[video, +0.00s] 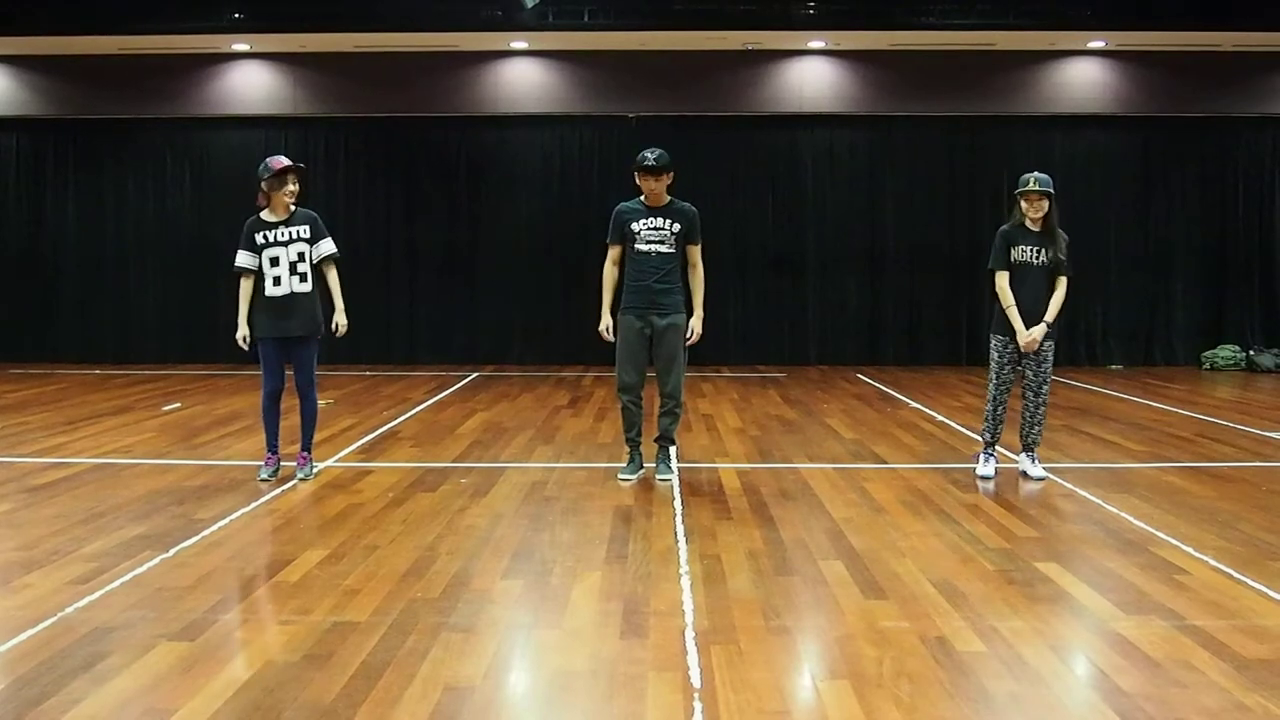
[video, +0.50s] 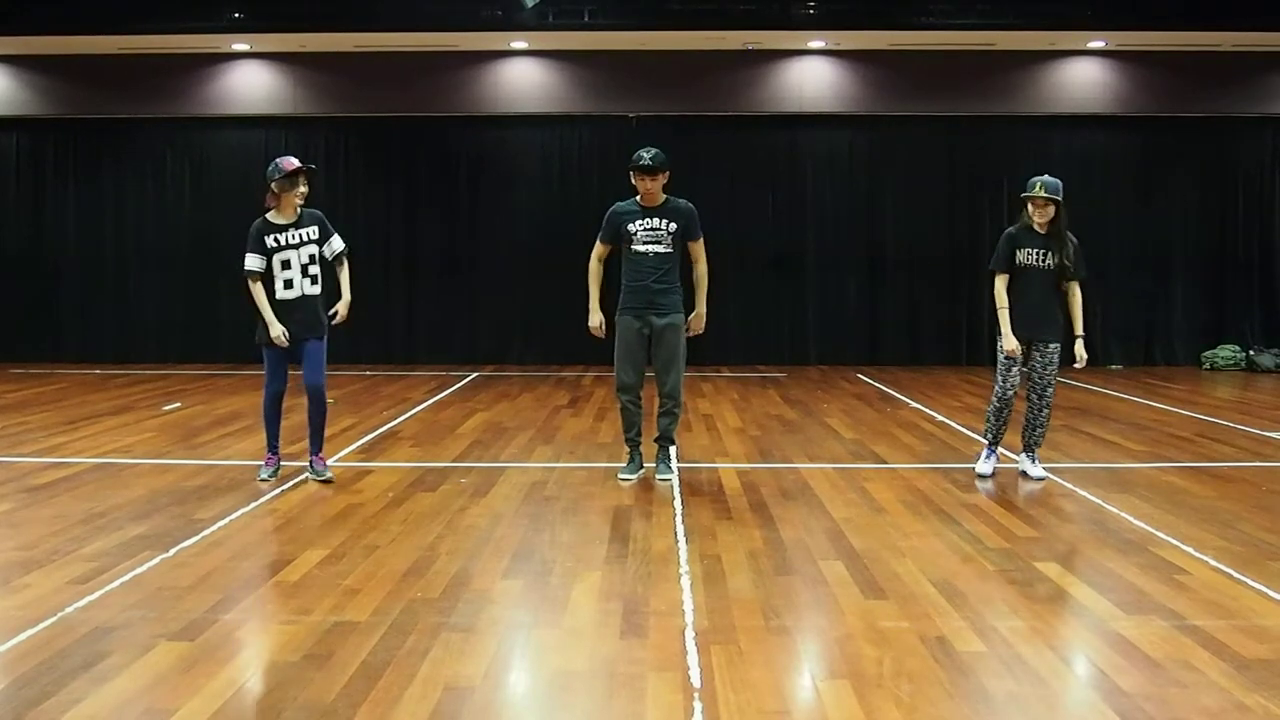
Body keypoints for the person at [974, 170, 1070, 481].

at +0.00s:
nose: (1034, 204)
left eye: (1040, 198)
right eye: (1028, 198)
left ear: (1049, 202)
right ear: (1019, 201)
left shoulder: (1059, 239)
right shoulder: (1006, 235)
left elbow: (1061, 287)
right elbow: (1001, 284)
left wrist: (1043, 327)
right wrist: (1020, 329)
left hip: (1043, 332)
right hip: (1006, 330)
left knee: (1037, 396)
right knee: (998, 391)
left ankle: (1029, 454)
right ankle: (988, 452)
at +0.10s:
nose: (1036, 204)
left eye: (1042, 199)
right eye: (1030, 198)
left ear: (1052, 203)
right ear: (1022, 201)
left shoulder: (1061, 240)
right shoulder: (1008, 235)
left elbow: (1064, 288)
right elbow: (1002, 284)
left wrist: (1057, 331)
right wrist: (1018, 330)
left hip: (1044, 335)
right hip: (1008, 331)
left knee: (1037, 399)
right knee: (998, 393)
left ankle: (1029, 454)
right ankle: (988, 452)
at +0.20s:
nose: (1038, 204)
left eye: (1044, 199)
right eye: (1032, 198)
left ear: (1054, 203)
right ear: (1023, 201)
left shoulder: (1063, 240)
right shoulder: (1009, 235)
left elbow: (1069, 288)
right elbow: (1001, 285)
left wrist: (1070, 334)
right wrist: (1015, 331)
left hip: (1047, 335)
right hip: (1009, 331)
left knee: (1037, 398)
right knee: (998, 393)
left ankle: (1029, 454)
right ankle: (988, 452)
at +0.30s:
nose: (1039, 203)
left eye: (1045, 198)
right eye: (1033, 198)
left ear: (1055, 202)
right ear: (1024, 201)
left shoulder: (1065, 239)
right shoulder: (1010, 235)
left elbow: (1073, 287)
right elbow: (1000, 285)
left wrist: (1080, 334)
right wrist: (1010, 332)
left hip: (1047, 335)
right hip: (1010, 331)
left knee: (1039, 398)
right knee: (999, 394)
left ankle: (1029, 455)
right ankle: (988, 452)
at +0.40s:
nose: (1040, 205)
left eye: (1046, 199)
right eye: (1035, 199)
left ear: (1057, 203)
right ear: (1026, 201)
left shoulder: (1066, 240)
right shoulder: (1012, 235)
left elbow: (1074, 286)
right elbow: (1000, 284)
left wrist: (1083, 334)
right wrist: (1007, 332)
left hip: (1048, 336)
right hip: (1012, 332)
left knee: (1039, 399)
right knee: (1000, 395)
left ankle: (1029, 455)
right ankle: (988, 453)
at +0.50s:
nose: (1040, 209)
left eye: (1046, 204)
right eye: (1035, 203)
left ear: (1057, 207)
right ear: (1027, 205)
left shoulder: (1067, 242)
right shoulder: (1012, 238)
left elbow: (1074, 290)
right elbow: (1000, 286)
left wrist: (1079, 338)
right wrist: (1006, 333)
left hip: (1050, 336)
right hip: (1015, 332)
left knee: (1041, 398)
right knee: (1004, 393)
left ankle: (1029, 455)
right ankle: (989, 450)